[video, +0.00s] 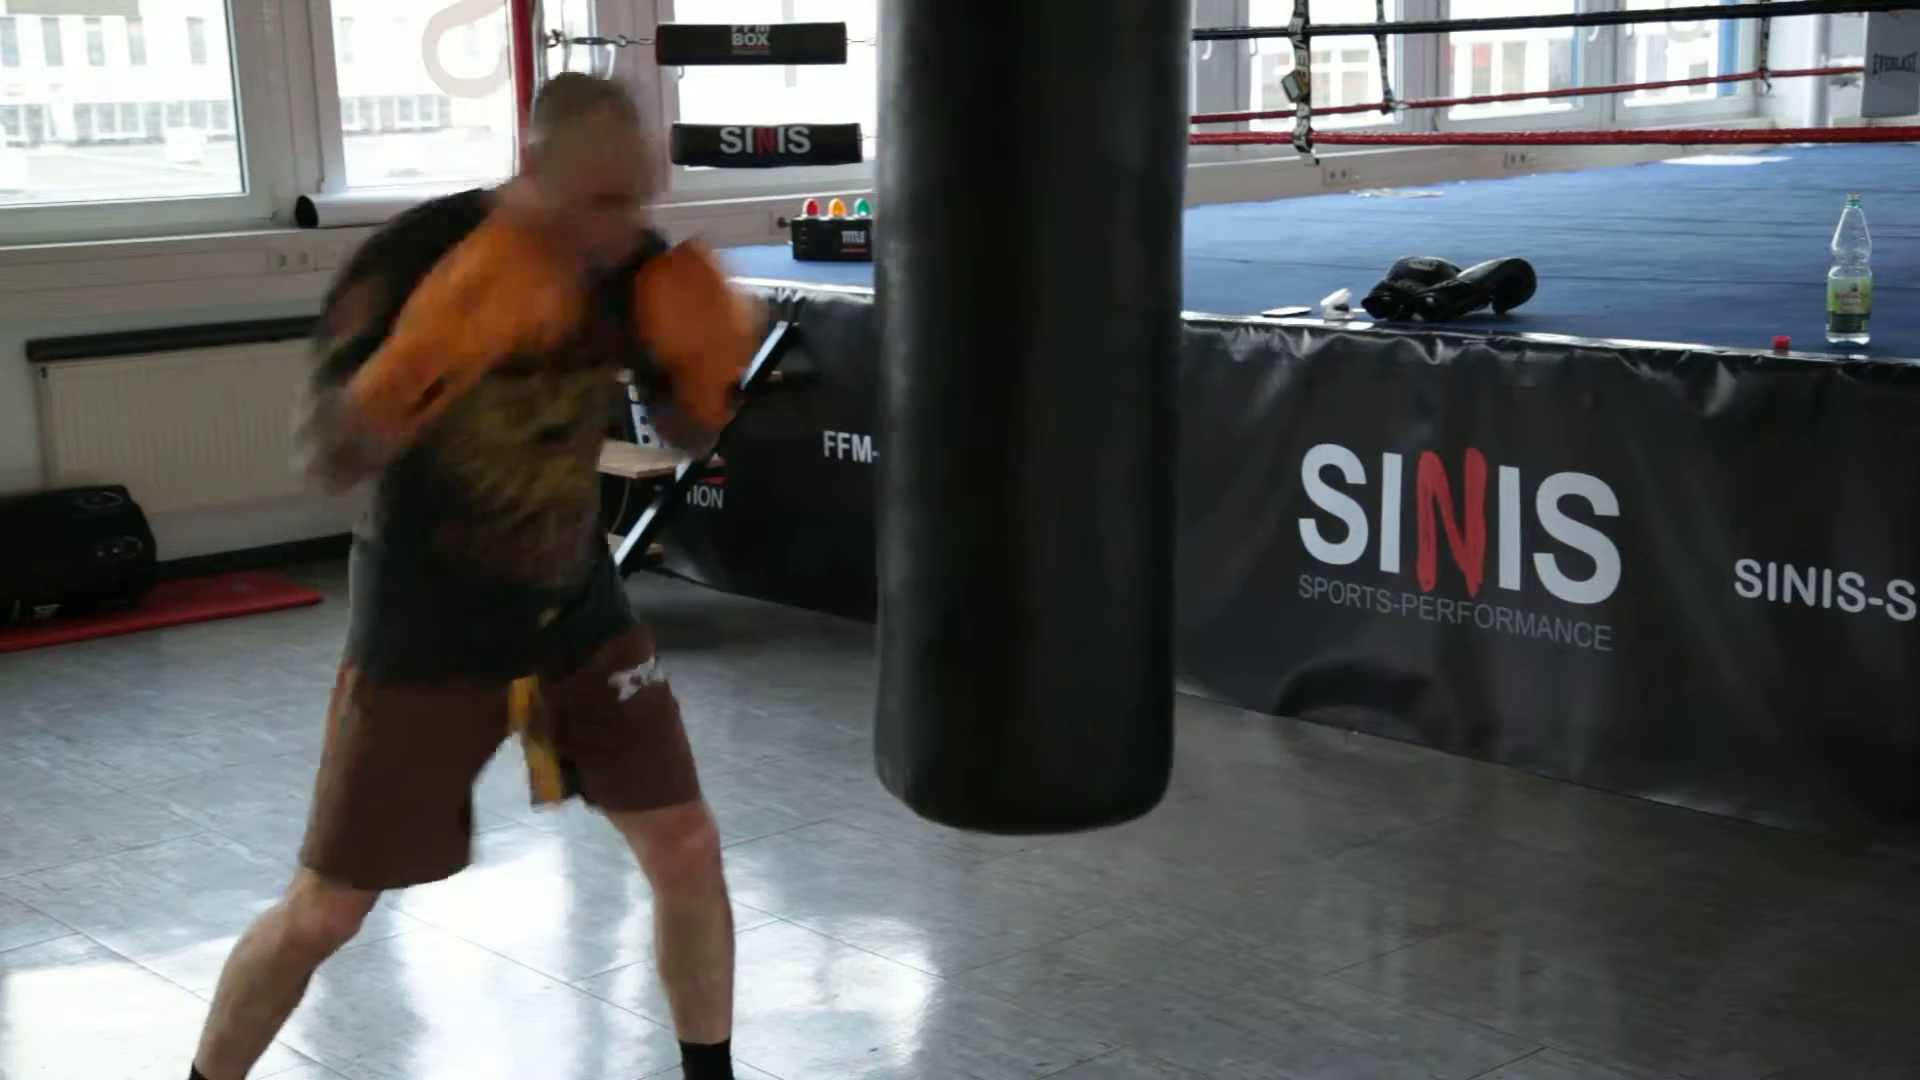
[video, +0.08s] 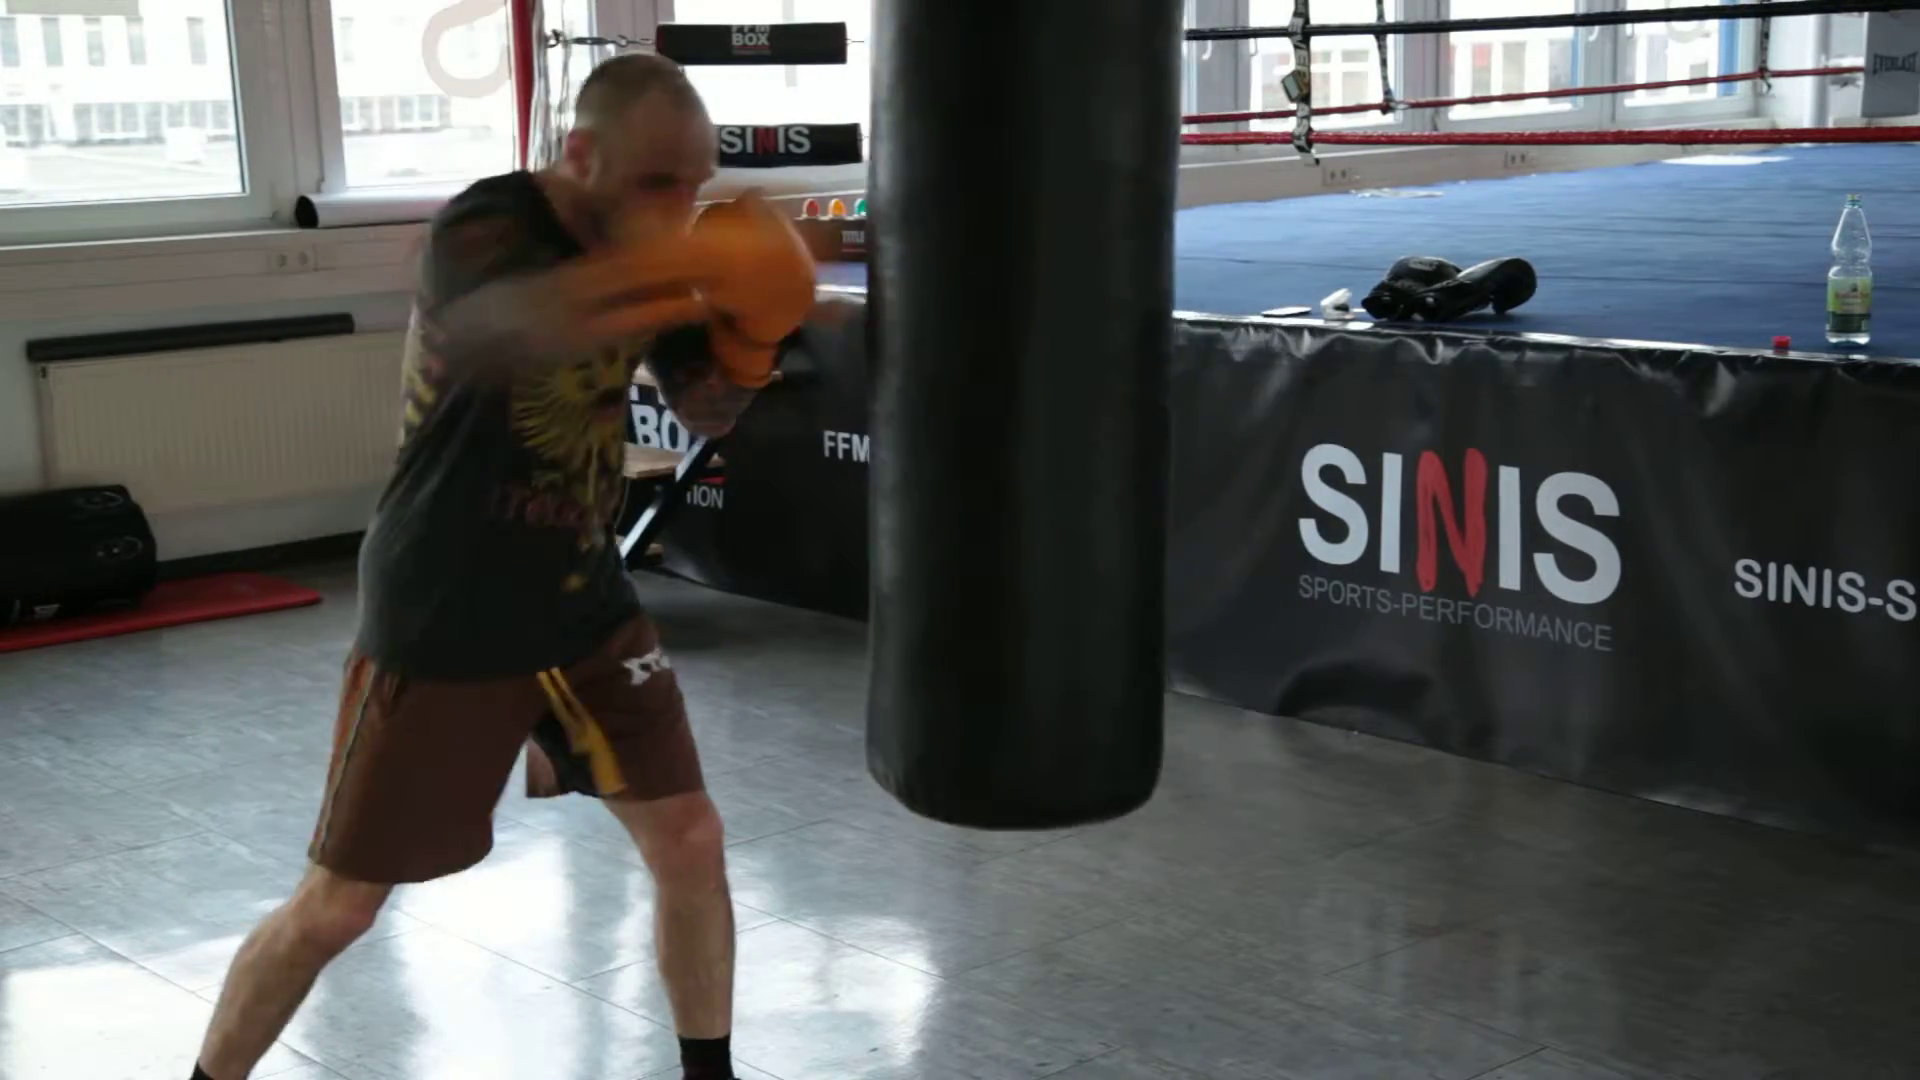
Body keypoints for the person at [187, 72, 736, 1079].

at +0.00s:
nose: (630, 226)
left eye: (640, 198)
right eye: (607, 200)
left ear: (649, 178)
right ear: (534, 171)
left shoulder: (634, 272)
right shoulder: (414, 264)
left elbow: (681, 431)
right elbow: (329, 454)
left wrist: (704, 368)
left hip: (575, 607)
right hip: (424, 620)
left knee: (685, 848)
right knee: (324, 915)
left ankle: (711, 1074)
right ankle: (208, 1077)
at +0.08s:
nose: (681, 213)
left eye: (695, 189)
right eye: (660, 185)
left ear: (705, 175)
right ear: (580, 159)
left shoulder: (651, 257)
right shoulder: (489, 225)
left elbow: (701, 412)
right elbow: (466, 341)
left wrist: (749, 348)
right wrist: (659, 277)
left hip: (578, 589)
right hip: (441, 602)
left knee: (688, 839)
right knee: (334, 910)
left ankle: (710, 1075)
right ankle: (210, 1073)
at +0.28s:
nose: (717, 201)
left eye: (732, 176)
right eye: (700, 171)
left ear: (745, 165)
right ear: (622, 139)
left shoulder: (693, 254)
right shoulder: (498, 225)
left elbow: (738, 433)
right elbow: (441, 410)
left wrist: (752, 385)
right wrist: (593, 357)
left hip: (616, 598)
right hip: (472, 603)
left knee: (706, 864)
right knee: (397, 903)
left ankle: (713, 1076)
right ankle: (255, 1076)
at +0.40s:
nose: (696, 164)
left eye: (710, 138)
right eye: (675, 136)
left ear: (720, 126)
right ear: (599, 111)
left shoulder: (700, 232)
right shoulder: (471, 207)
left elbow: (740, 413)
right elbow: (401, 409)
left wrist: (778, 357)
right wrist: (529, 322)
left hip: (623, 594)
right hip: (466, 597)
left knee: (697, 864)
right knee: (377, 904)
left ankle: (714, 1076)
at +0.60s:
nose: (605, 149)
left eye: (617, 124)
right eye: (584, 123)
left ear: (625, 112)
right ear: (503, 94)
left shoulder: (607, 227)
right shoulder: (380, 219)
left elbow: (704, 407)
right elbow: (391, 415)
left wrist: (737, 341)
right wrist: (530, 301)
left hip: (597, 624)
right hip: (434, 637)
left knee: (717, 888)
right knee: (360, 951)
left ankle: (712, 1071)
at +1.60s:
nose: (686, 212)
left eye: (700, 188)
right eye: (671, 183)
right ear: (587, 148)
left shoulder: (662, 259)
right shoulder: (440, 264)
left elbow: (744, 425)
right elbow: (450, 465)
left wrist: (803, 387)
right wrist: (595, 337)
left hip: (655, 665)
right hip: (493, 683)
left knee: (809, 911)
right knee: (392, 997)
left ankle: (879, 1079)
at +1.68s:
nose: (672, 196)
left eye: (686, 171)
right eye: (653, 166)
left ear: (692, 157)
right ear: (564, 135)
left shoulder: (664, 248)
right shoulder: (422, 256)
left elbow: (749, 415)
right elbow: (420, 467)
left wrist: (785, 351)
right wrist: (568, 342)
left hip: (652, 649)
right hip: (485, 669)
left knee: (803, 908)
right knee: (390, 981)